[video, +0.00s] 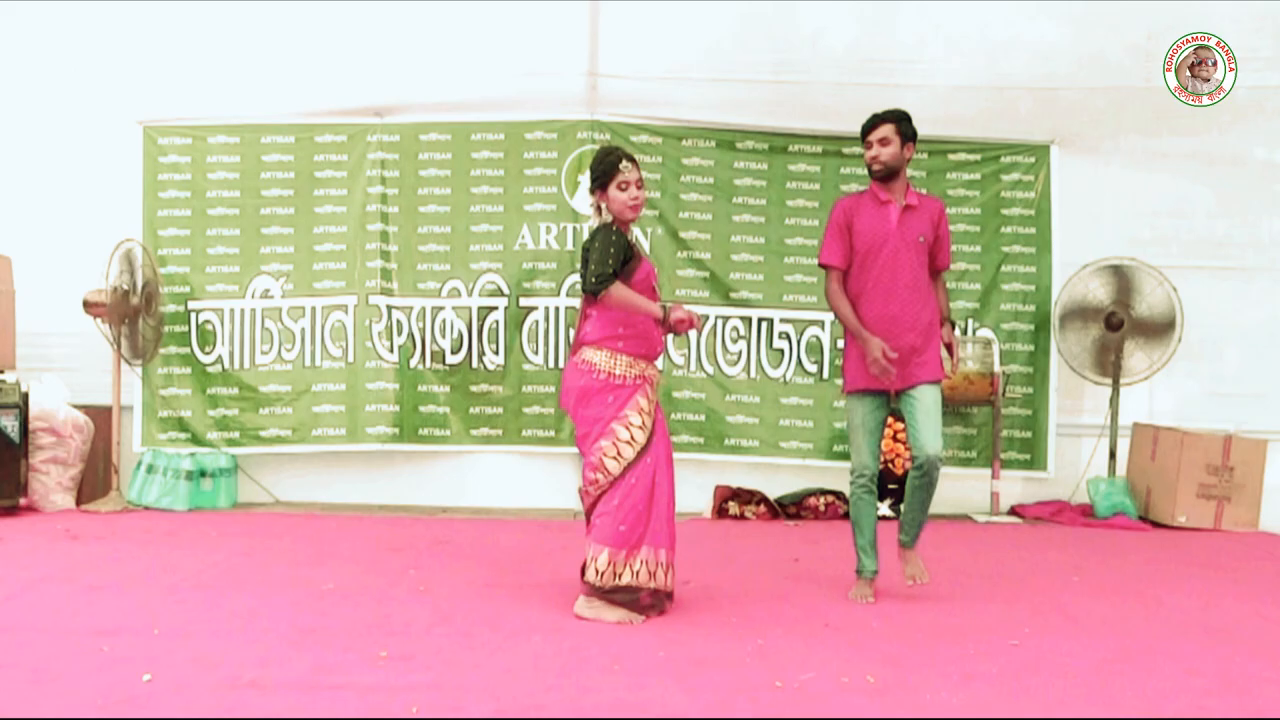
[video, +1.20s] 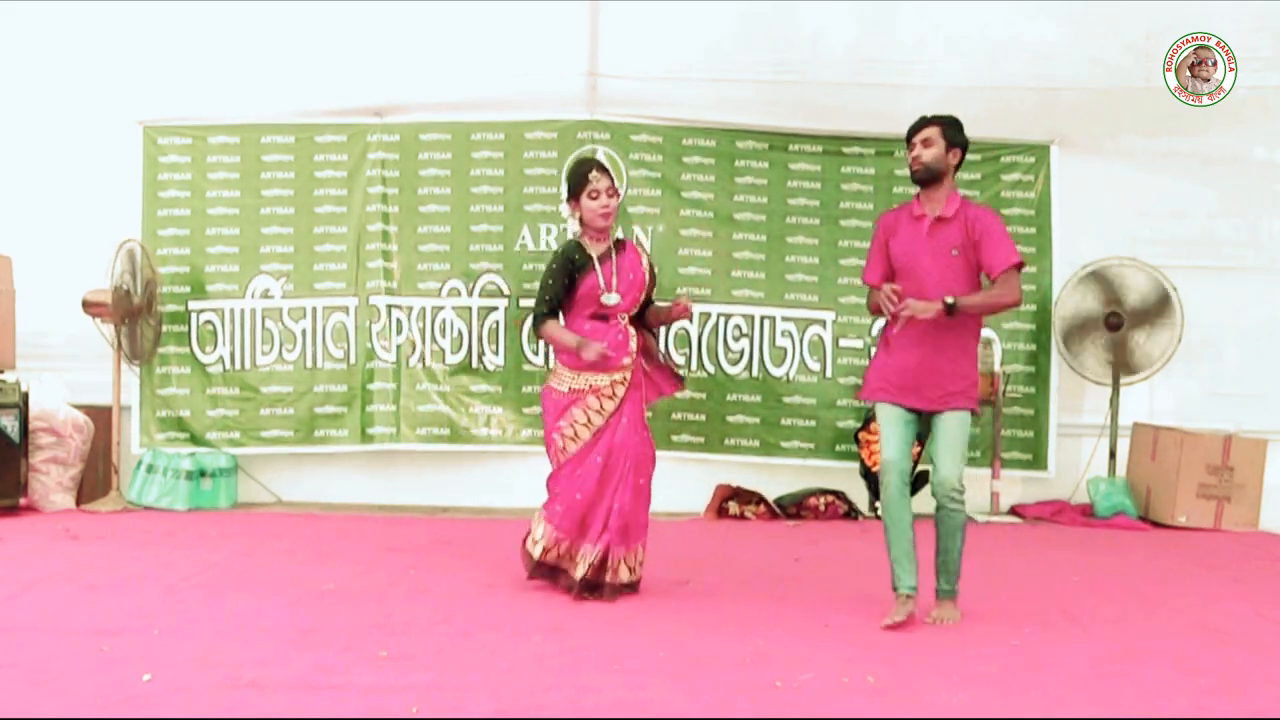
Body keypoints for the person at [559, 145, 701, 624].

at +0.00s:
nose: (636, 194)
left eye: (640, 185)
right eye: (624, 187)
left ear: (644, 189)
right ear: (600, 196)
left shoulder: (627, 241)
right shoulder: (608, 237)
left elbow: (626, 304)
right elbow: (599, 286)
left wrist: (668, 315)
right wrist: (661, 312)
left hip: (625, 375)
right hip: (605, 376)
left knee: (645, 470)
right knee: (627, 473)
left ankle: (621, 583)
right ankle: (597, 591)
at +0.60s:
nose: (610, 193)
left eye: (616, 184)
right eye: (599, 185)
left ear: (625, 189)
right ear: (581, 192)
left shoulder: (639, 241)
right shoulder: (567, 244)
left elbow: (662, 293)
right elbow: (559, 309)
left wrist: (626, 266)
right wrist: (594, 275)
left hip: (626, 359)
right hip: (576, 362)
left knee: (629, 453)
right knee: (583, 456)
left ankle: (635, 561)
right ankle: (565, 551)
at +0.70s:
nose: (604, 193)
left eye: (611, 184)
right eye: (593, 185)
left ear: (620, 189)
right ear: (576, 193)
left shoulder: (637, 242)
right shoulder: (560, 248)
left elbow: (654, 299)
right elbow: (543, 313)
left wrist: (615, 276)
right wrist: (576, 288)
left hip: (623, 363)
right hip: (572, 365)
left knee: (621, 455)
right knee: (570, 456)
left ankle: (616, 559)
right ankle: (557, 539)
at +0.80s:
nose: (596, 202)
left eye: (603, 194)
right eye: (585, 194)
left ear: (612, 200)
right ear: (568, 202)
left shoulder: (630, 255)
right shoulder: (552, 259)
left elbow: (661, 309)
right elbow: (526, 308)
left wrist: (634, 307)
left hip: (618, 378)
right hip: (566, 379)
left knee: (616, 466)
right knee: (571, 466)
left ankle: (620, 566)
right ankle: (578, 563)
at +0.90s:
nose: (592, 204)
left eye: (599, 196)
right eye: (582, 196)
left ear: (609, 203)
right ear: (565, 205)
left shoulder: (629, 256)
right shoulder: (549, 259)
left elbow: (662, 296)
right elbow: (510, 309)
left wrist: (681, 293)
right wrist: (476, 307)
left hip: (617, 376)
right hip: (564, 378)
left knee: (613, 464)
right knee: (565, 466)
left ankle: (609, 562)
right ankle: (569, 561)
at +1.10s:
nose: (597, 190)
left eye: (603, 182)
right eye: (585, 183)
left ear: (613, 188)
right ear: (567, 192)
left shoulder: (629, 239)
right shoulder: (555, 241)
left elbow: (659, 283)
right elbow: (514, 282)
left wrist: (699, 268)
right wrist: (497, 285)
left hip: (620, 368)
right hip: (569, 369)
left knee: (623, 459)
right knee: (575, 460)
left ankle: (614, 562)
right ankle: (579, 562)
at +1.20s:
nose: (605, 202)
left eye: (611, 193)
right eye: (593, 194)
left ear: (619, 198)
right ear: (575, 204)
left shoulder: (636, 256)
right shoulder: (568, 258)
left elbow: (642, 314)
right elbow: (543, 320)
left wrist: (669, 312)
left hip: (624, 381)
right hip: (575, 383)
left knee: (631, 465)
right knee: (583, 471)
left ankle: (610, 563)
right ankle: (548, 547)